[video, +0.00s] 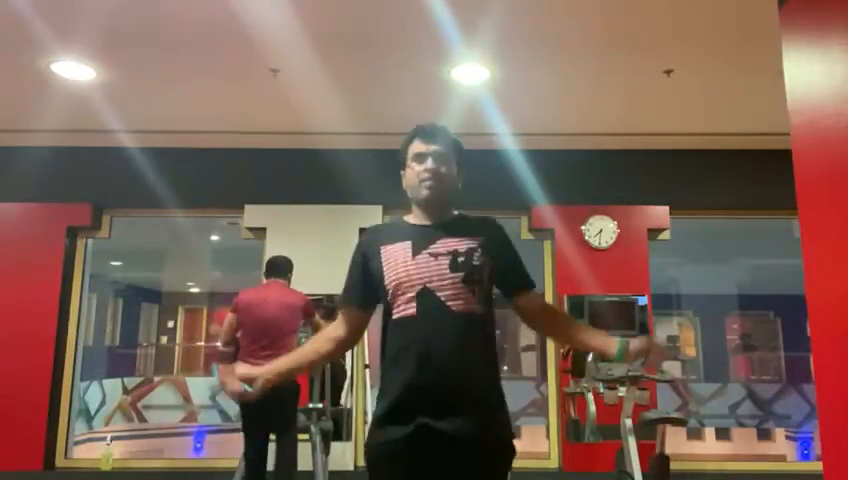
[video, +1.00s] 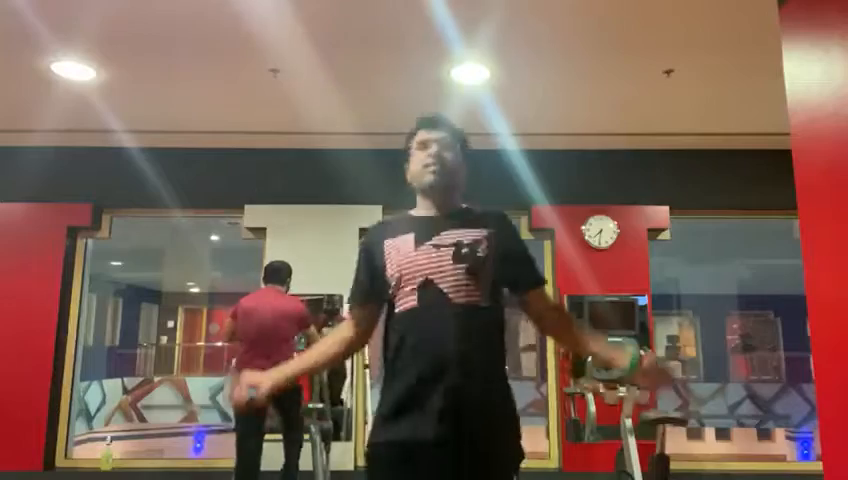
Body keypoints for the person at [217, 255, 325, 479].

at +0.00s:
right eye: (290, 276)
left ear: (264, 275)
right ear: (289, 276)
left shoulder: (243, 298)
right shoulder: (300, 300)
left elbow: (226, 338)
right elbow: (320, 329)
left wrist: (246, 344)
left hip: (250, 381)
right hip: (284, 381)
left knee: (254, 444)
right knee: (286, 441)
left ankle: (254, 477)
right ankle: (284, 476)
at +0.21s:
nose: (289, 286)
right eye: (289, 282)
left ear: (264, 280)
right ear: (288, 283)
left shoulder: (247, 303)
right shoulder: (294, 306)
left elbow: (235, 343)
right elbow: (310, 350)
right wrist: (324, 343)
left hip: (246, 385)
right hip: (282, 386)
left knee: (246, 444)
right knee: (296, 419)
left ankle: (243, 475)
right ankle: (292, 468)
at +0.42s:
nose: (294, 278)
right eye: (294, 275)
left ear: (269, 274)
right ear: (293, 276)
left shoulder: (251, 297)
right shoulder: (301, 300)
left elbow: (242, 337)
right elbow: (314, 342)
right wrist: (325, 341)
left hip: (251, 377)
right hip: (284, 376)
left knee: (252, 435)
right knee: (287, 436)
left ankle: (249, 476)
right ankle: (289, 476)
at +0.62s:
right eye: (292, 281)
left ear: (267, 279)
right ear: (293, 282)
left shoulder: (249, 303)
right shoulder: (303, 306)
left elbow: (232, 340)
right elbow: (321, 341)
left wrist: (241, 363)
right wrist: (311, 362)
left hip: (255, 379)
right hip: (291, 379)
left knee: (255, 432)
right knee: (286, 438)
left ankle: (256, 474)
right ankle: (284, 475)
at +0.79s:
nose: (291, 280)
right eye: (292, 276)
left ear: (267, 275)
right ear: (291, 277)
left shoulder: (247, 299)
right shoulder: (299, 301)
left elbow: (225, 342)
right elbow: (321, 326)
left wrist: (242, 345)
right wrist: (337, 326)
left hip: (249, 382)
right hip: (284, 382)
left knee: (255, 435)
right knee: (285, 438)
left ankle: (257, 476)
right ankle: (282, 476)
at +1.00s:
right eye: (288, 281)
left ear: (263, 279)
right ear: (287, 282)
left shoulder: (245, 303)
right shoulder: (295, 306)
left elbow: (227, 336)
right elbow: (314, 339)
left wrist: (252, 335)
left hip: (248, 376)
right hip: (283, 376)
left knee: (248, 435)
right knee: (293, 426)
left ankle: (245, 475)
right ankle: (291, 470)